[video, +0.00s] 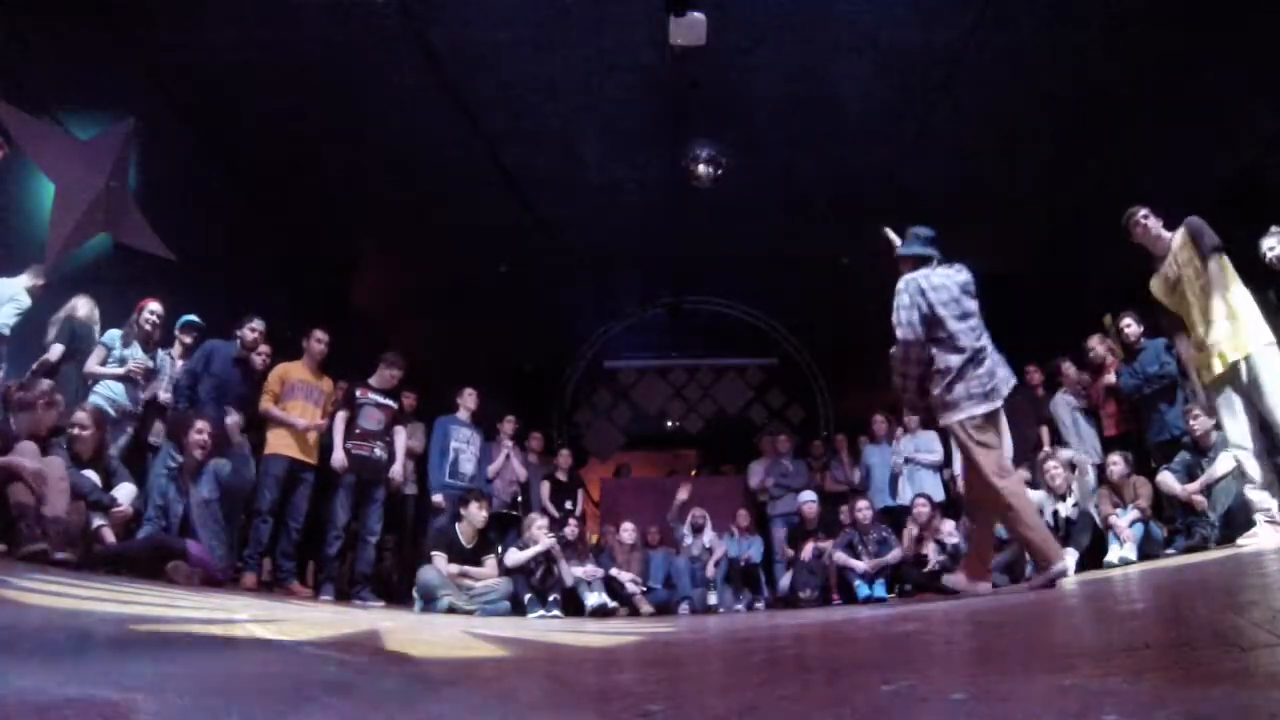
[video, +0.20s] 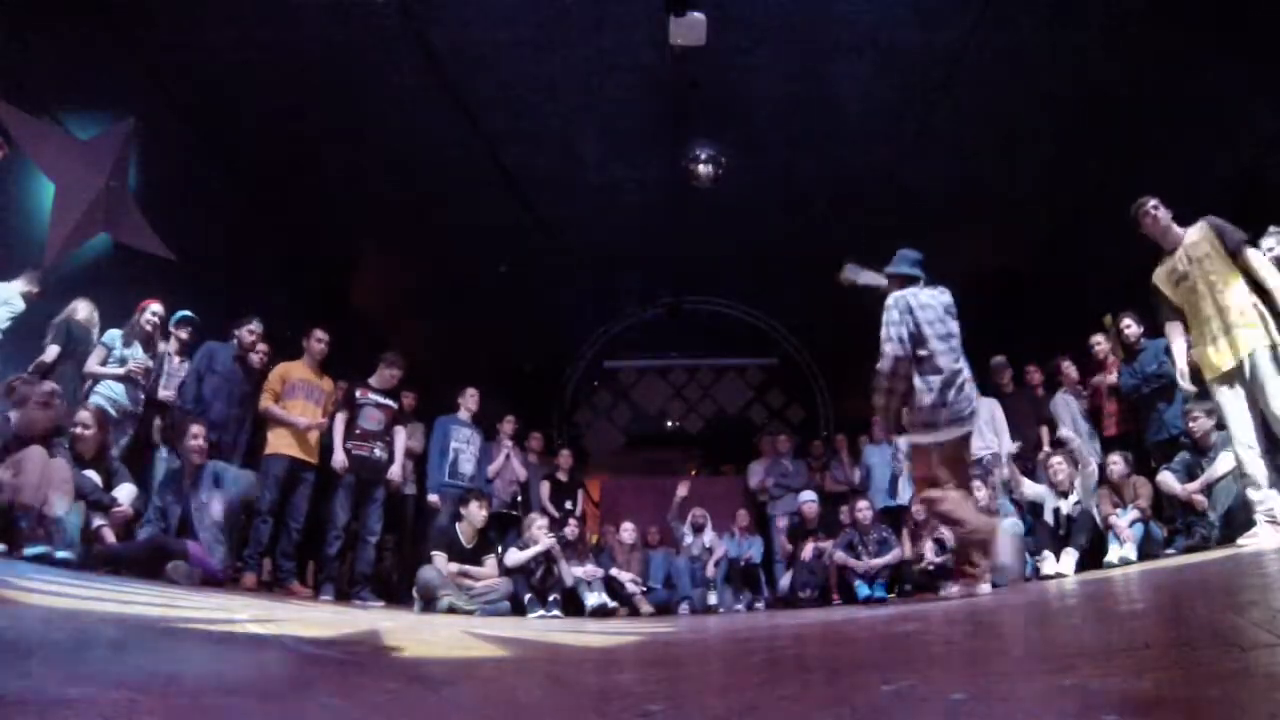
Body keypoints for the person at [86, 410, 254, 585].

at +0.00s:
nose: (205, 440)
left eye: (210, 435)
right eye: (199, 433)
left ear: (214, 441)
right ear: (183, 436)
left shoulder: (217, 469)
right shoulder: (165, 471)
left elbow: (244, 482)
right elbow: (154, 519)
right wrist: (139, 546)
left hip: (214, 557)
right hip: (175, 546)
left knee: (159, 541)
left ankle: (96, 555)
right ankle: (185, 576)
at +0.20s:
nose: (201, 444)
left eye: (204, 439)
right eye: (194, 438)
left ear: (209, 444)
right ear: (179, 444)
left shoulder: (223, 475)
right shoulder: (171, 479)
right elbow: (154, 519)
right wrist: (144, 543)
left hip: (213, 558)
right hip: (175, 547)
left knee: (159, 543)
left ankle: (98, 555)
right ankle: (182, 575)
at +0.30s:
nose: (198, 450)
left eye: (201, 444)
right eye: (191, 445)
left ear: (206, 448)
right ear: (178, 451)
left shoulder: (214, 476)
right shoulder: (171, 478)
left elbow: (242, 496)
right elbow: (154, 517)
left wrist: (225, 540)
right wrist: (143, 544)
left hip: (212, 553)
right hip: (176, 547)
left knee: (159, 546)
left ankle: (102, 555)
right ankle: (184, 575)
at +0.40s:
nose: (199, 449)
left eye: (202, 443)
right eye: (191, 444)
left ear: (206, 446)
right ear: (177, 450)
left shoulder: (214, 474)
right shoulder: (169, 478)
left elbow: (247, 495)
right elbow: (154, 518)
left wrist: (221, 527)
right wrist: (145, 543)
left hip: (211, 551)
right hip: (175, 546)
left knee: (160, 545)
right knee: (152, 557)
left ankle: (102, 555)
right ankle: (184, 575)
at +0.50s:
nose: (203, 444)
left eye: (206, 438)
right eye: (196, 438)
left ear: (210, 444)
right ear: (181, 443)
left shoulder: (223, 477)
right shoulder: (168, 479)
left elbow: (259, 508)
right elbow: (153, 519)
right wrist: (146, 545)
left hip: (215, 554)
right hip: (175, 545)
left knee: (159, 544)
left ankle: (101, 555)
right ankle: (183, 576)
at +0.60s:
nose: (206, 442)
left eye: (209, 437)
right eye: (199, 435)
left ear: (213, 442)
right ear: (183, 441)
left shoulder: (218, 471)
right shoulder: (169, 477)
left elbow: (241, 498)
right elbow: (153, 517)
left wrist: (245, 460)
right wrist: (143, 545)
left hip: (214, 551)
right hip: (176, 545)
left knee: (159, 543)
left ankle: (100, 553)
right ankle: (185, 576)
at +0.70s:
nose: (207, 441)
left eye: (210, 437)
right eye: (200, 434)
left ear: (213, 444)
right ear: (184, 439)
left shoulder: (217, 477)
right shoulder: (169, 479)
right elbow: (154, 518)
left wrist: (242, 478)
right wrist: (141, 545)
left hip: (212, 552)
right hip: (174, 545)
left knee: (160, 544)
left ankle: (97, 554)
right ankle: (183, 576)